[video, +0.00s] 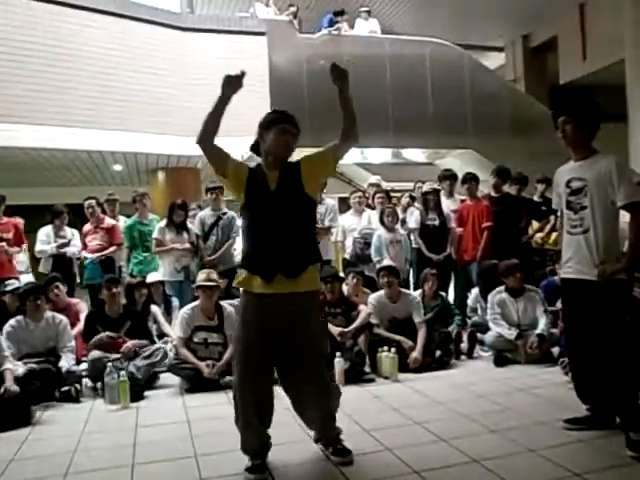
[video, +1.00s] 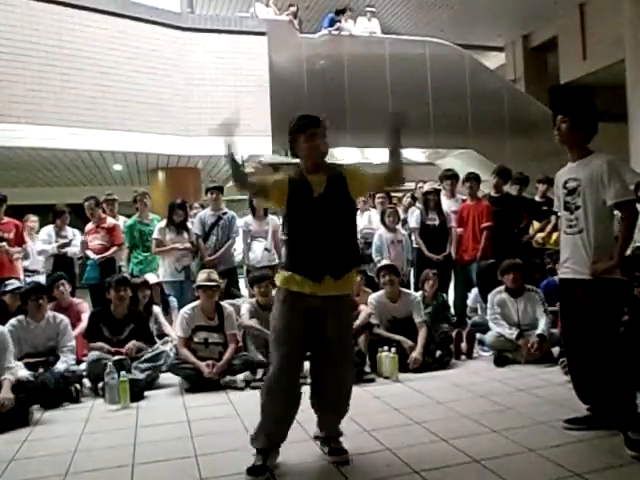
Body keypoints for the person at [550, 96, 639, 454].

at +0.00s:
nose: (562, 133)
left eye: (568, 126)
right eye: (559, 127)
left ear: (586, 128)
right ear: (560, 133)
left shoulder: (611, 166)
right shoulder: (561, 174)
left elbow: (636, 214)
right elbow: (562, 222)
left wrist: (629, 260)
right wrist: (561, 260)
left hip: (608, 277)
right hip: (573, 277)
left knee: (614, 347)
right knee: (580, 346)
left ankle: (628, 416)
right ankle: (597, 409)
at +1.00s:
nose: (557, 130)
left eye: (563, 124)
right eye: (557, 125)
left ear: (582, 129)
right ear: (562, 132)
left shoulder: (604, 165)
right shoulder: (562, 175)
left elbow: (628, 213)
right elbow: (563, 221)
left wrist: (616, 259)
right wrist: (561, 257)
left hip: (601, 276)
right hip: (571, 276)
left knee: (606, 345)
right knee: (577, 345)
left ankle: (620, 411)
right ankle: (597, 408)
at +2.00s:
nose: (558, 134)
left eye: (563, 128)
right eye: (556, 129)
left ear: (582, 129)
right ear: (557, 134)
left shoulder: (606, 166)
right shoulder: (561, 174)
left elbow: (631, 213)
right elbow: (561, 221)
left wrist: (619, 258)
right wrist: (560, 258)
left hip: (603, 274)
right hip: (570, 274)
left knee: (607, 345)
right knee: (577, 346)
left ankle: (620, 412)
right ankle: (597, 409)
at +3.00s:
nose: (576, 122)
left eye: (581, 116)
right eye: (577, 117)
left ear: (600, 120)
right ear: (591, 123)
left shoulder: (628, 159)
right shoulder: (583, 168)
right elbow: (586, 225)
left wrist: (637, 264)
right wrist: (580, 270)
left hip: (624, 281)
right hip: (592, 280)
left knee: (627, 355)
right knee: (592, 350)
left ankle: (639, 430)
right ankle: (602, 412)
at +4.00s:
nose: (616, 119)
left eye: (622, 111)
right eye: (615, 112)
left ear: (637, 115)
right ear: (620, 118)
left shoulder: (635, 162)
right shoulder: (618, 161)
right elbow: (616, 220)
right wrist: (595, 227)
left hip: (636, 282)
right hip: (617, 279)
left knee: (635, 361)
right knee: (615, 354)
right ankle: (612, 418)